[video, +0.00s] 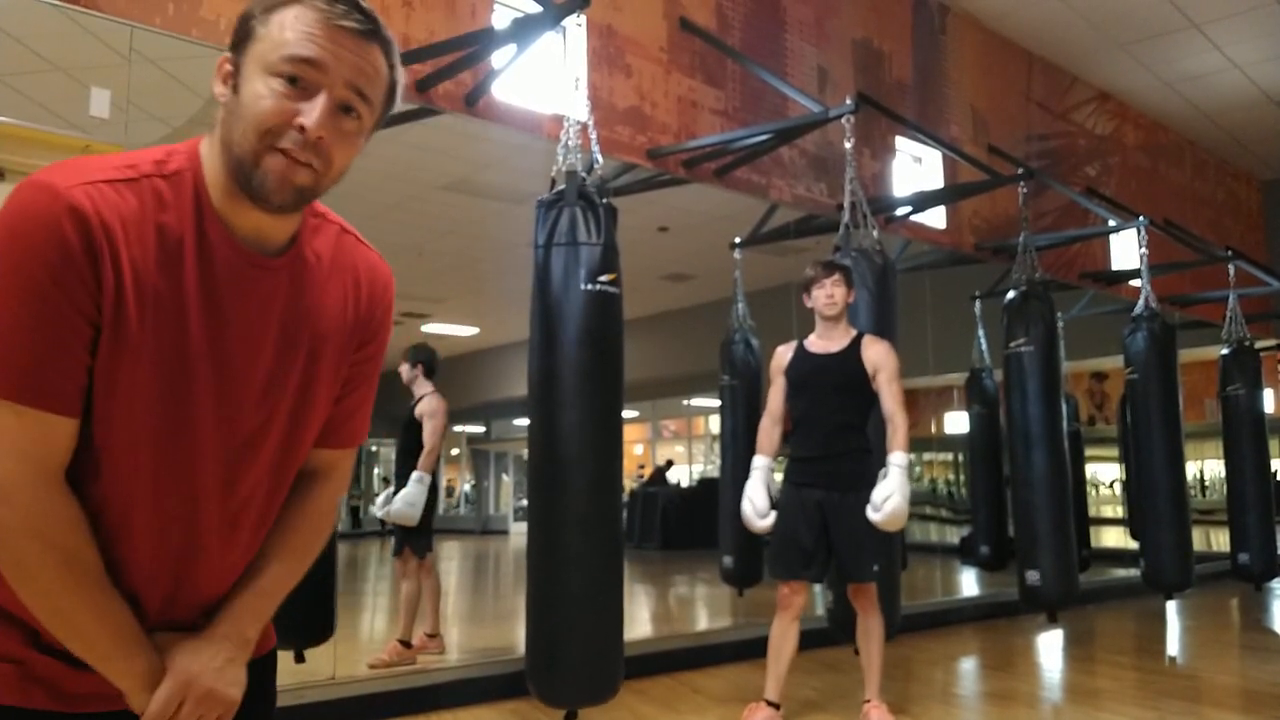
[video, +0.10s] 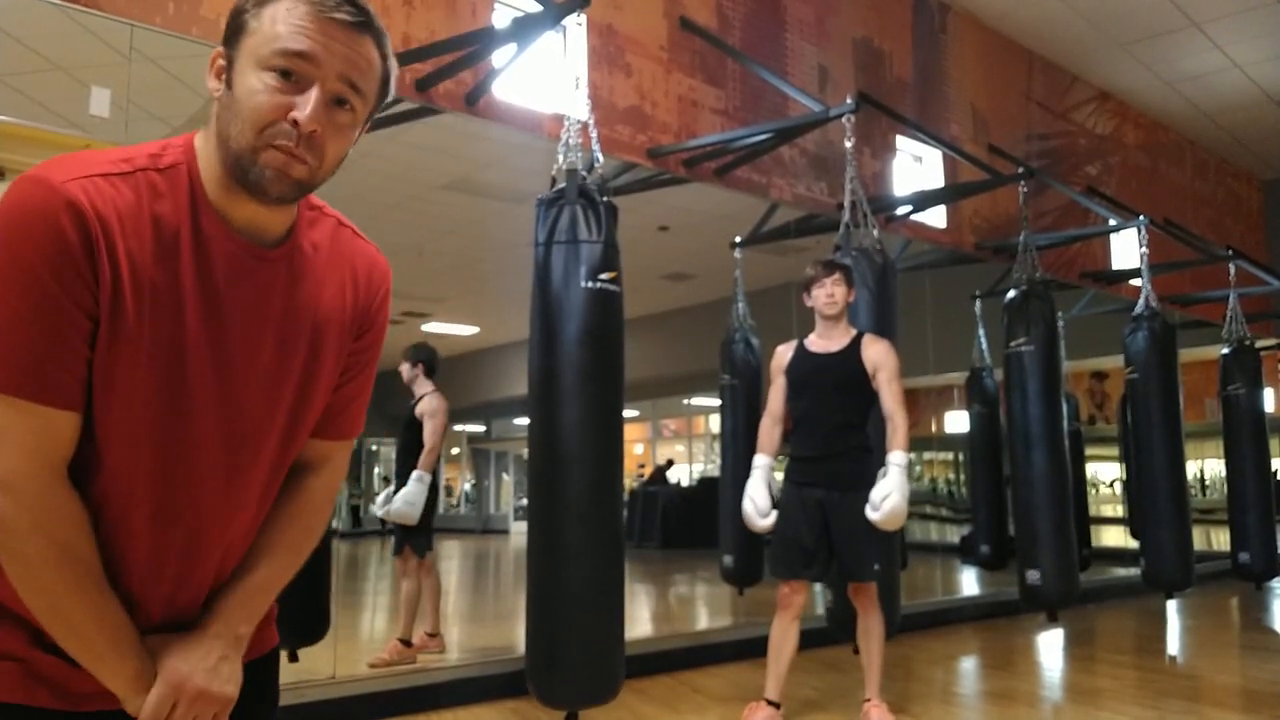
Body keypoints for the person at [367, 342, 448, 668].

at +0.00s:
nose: (400, 372)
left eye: (403, 367)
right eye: (401, 368)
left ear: (418, 369)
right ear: (419, 369)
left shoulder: (432, 402)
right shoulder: (419, 403)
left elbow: (431, 449)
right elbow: (408, 453)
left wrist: (415, 488)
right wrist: (393, 489)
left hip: (417, 487)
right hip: (410, 485)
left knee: (406, 564)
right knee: (424, 563)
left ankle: (403, 642)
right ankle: (431, 634)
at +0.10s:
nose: (400, 373)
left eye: (403, 367)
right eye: (400, 368)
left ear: (418, 368)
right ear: (419, 369)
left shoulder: (433, 402)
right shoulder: (419, 402)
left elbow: (432, 449)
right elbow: (409, 452)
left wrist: (416, 488)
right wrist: (393, 488)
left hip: (417, 486)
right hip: (410, 484)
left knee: (406, 563)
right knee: (424, 562)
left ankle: (403, 641)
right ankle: (431, 634)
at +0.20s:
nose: (400, 375)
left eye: (403, 369)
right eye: (400, 370)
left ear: (418, 369)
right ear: (419, 369)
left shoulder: (433, 402)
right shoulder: (420, 403)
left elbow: (432, 449)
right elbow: (409, 453)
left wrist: (416, 488)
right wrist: (393, 489)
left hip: (417, 487)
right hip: (411, 485)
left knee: (406, 564)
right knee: (424, 563)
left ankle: (404, 642)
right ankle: (431, 634)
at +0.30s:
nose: (400, 375)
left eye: (403, 369)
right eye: (400, 369)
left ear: (418, 369)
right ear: (419, 370)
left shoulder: (432, 402)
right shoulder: (420, 403)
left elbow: (432, 449)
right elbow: (408, 454)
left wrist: (417, 488)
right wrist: (394, 490)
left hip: (416, 487)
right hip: (411, 486)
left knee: (406, 565)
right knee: (424, 564)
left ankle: (403, 642)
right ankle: (432, 635)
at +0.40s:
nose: (400, 373)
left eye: (403, 367)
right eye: (401, 368)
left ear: (418, 368)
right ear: (419, 369)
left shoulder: (432, 401)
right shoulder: (420, 402)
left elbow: (432, 448)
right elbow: (407, 453)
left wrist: (418, 487)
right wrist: (393, 490)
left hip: (416, 486)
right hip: (410, 485)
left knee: (406, 564)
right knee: (424, 562)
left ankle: (403, 642)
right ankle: (432, 634)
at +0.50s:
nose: (401, 374)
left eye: (403, 369)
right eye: (401, 369)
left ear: (418, 369)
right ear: (420, 369)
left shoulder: (433, 401)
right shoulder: (420, 402)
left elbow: (432, 448)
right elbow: (407, 453)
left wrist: (418, 487)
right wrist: (394, 492)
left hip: (416, 487)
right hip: (410, 485)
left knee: (406, 564)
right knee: (424, 562)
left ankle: (404, 642)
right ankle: (432, 634)